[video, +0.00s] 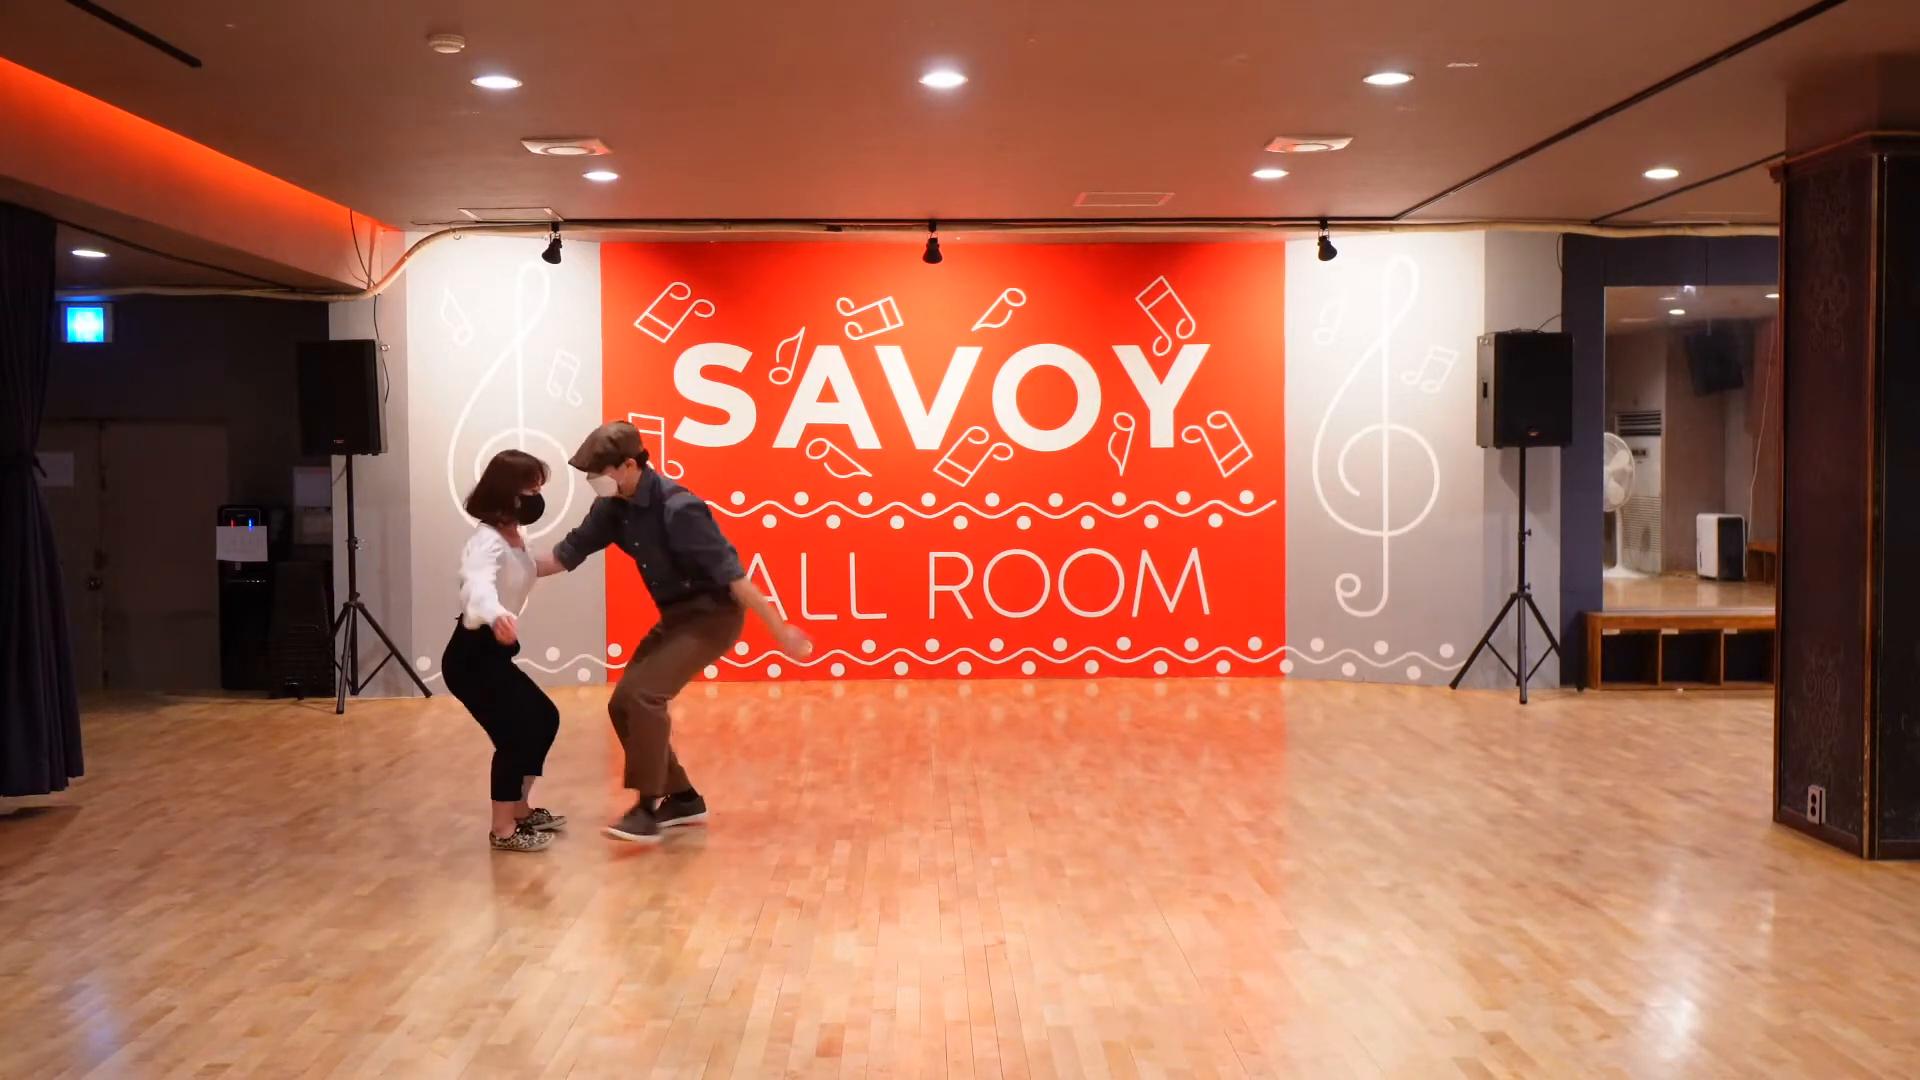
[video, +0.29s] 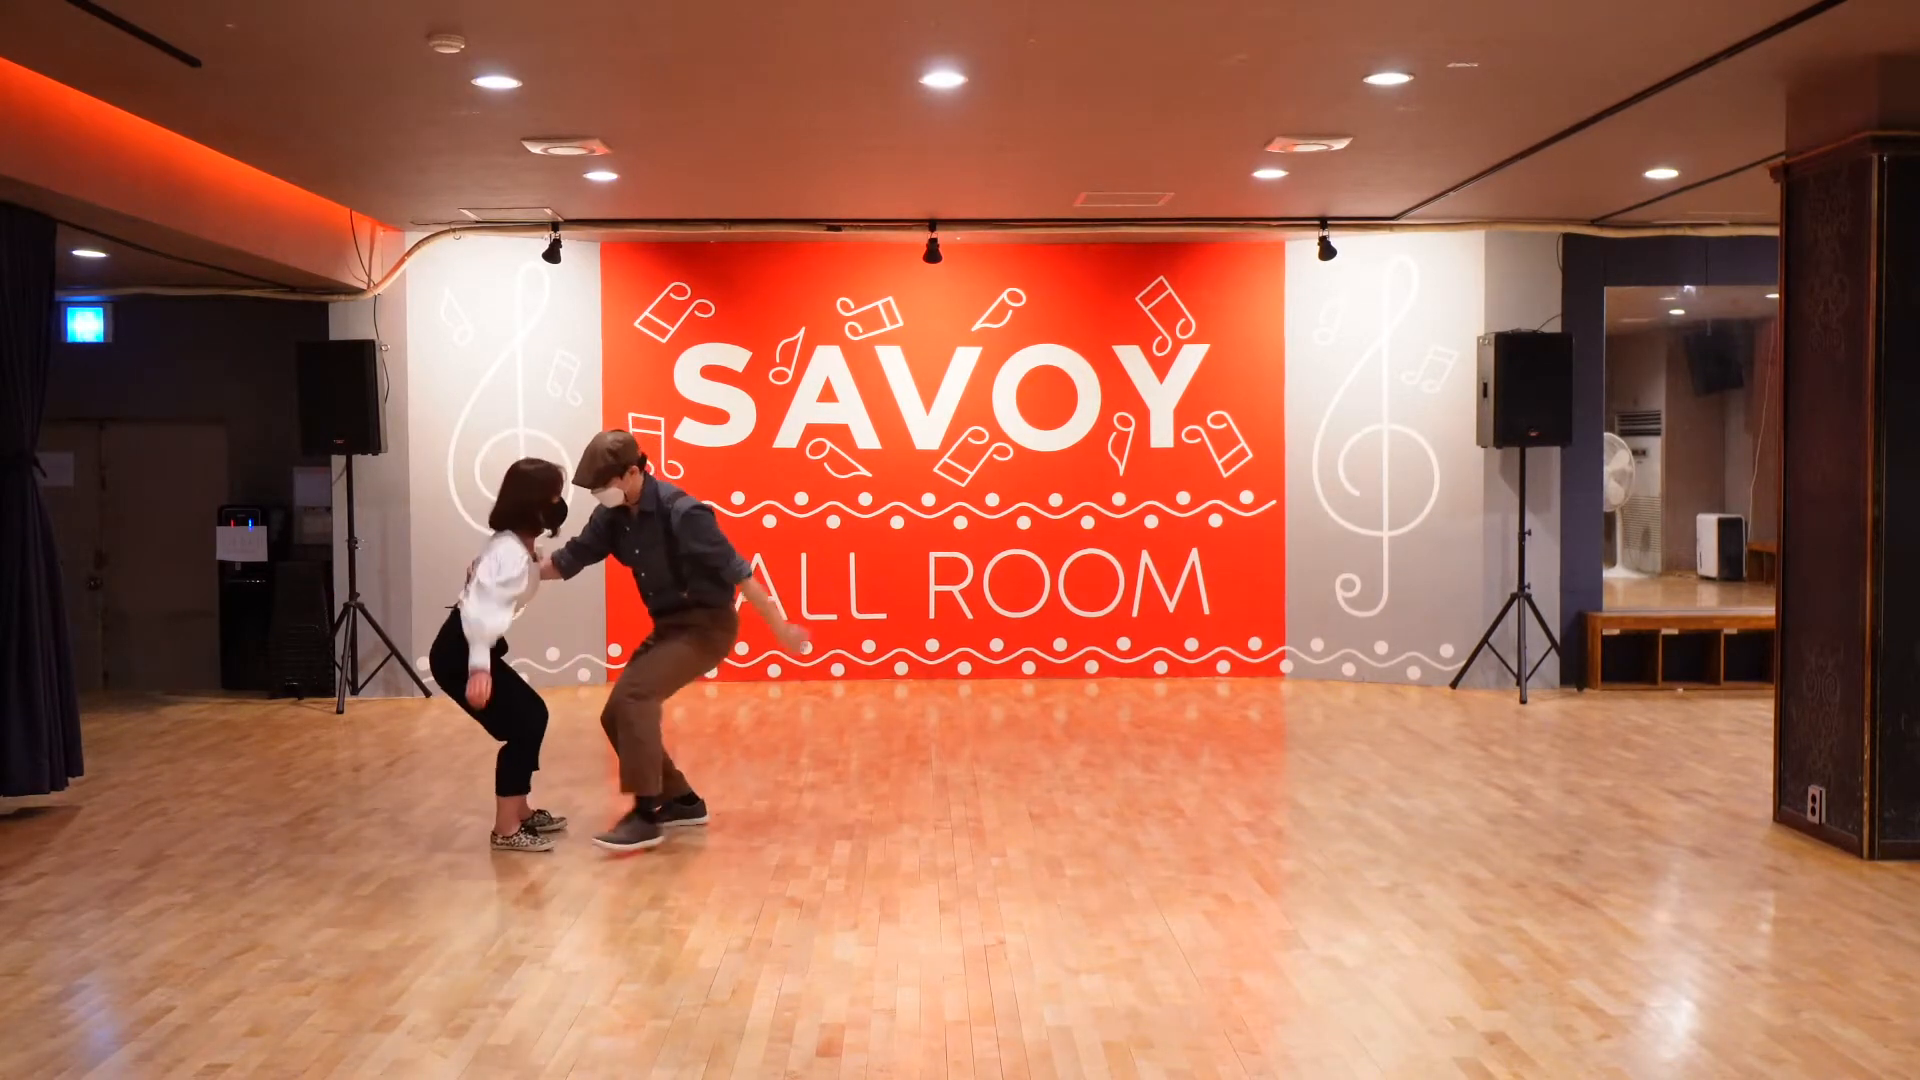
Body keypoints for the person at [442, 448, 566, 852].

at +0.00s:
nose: (537, 497)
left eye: (538, 491)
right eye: (532, 490)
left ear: (508, 495)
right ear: (511, 494)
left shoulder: (512, 536)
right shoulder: (485, 541)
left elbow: (521, 571)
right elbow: (478, 588)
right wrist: (496, 615)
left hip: (492, 654)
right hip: (470, 660)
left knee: (544, 718)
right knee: (512, 733)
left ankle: (521, 810)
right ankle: (502, 829)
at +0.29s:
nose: (562, 504)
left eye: (561, 496)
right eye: (557, 497)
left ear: (518, 501)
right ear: (541, 506)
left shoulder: (518, 547)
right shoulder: (508, 552)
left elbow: (497, 596)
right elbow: (482, 609)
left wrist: (540, 569)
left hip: (476, 649)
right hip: (460, 655)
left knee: (534, 713)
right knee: (523, 722)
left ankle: (518, 812)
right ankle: (506, 829)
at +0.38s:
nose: (564, 501)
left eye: (562, 494)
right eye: (559, 494)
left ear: (518, 499)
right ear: (543, 504)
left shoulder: (520, 551)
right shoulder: (506, 556)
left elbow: (508, 612)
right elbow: (489, 626)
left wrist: (540, 573)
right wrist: (480, 691)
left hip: (477, 646)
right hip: (458, 654)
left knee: (537, 714)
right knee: (528, 722)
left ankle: (521, 813)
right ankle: (510, 827)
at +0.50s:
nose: (559, 491)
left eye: (556, 484)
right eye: (552, 485)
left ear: (518, 497)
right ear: (534, 496)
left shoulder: (521, 549)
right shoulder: (508, 556)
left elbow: (507, 622)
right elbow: (495, 631)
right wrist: (477, 694)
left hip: (479, 645)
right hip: (459, 654)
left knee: (535, 712)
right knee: (526, 719)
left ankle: (520, 812)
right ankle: (508, 828)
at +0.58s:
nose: (554, 483)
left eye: (551, 476)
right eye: (547, 477)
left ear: (517, 491)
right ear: (529, 490)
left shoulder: (524, 541)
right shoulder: (507, 547)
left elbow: (521, 593)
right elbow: (491, 614)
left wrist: (538, 625)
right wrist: (480, 678)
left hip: (482, 639)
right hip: (460, 647)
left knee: (532, 711)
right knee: (516, 722)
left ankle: (518, 810)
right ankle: (504, 829)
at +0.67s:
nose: (549, 480)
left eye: (548, 473)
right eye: (542, 474)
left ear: (521, 483)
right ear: (524, 483)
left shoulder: (523, 529)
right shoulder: (508, 534)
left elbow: (531, 565)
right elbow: (503, 585)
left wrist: (560, 579)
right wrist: (498, 632)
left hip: (475, 635)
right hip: (460, 639)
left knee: (533, 712)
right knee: (522, 717)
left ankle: (523, 814)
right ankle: (508, 828)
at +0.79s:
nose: (545, 474)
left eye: (545, 467)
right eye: (538, 468)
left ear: (536, 473)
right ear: (518, 474)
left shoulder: (537, 511)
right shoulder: (502, 516)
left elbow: (557, 520)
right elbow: (513, 534)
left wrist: (586, 515)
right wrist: (535, 532)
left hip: (491, 629)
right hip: (466, 631)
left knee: (530, 711)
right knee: (507, 722)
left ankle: (521, 814)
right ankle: (504, 829)